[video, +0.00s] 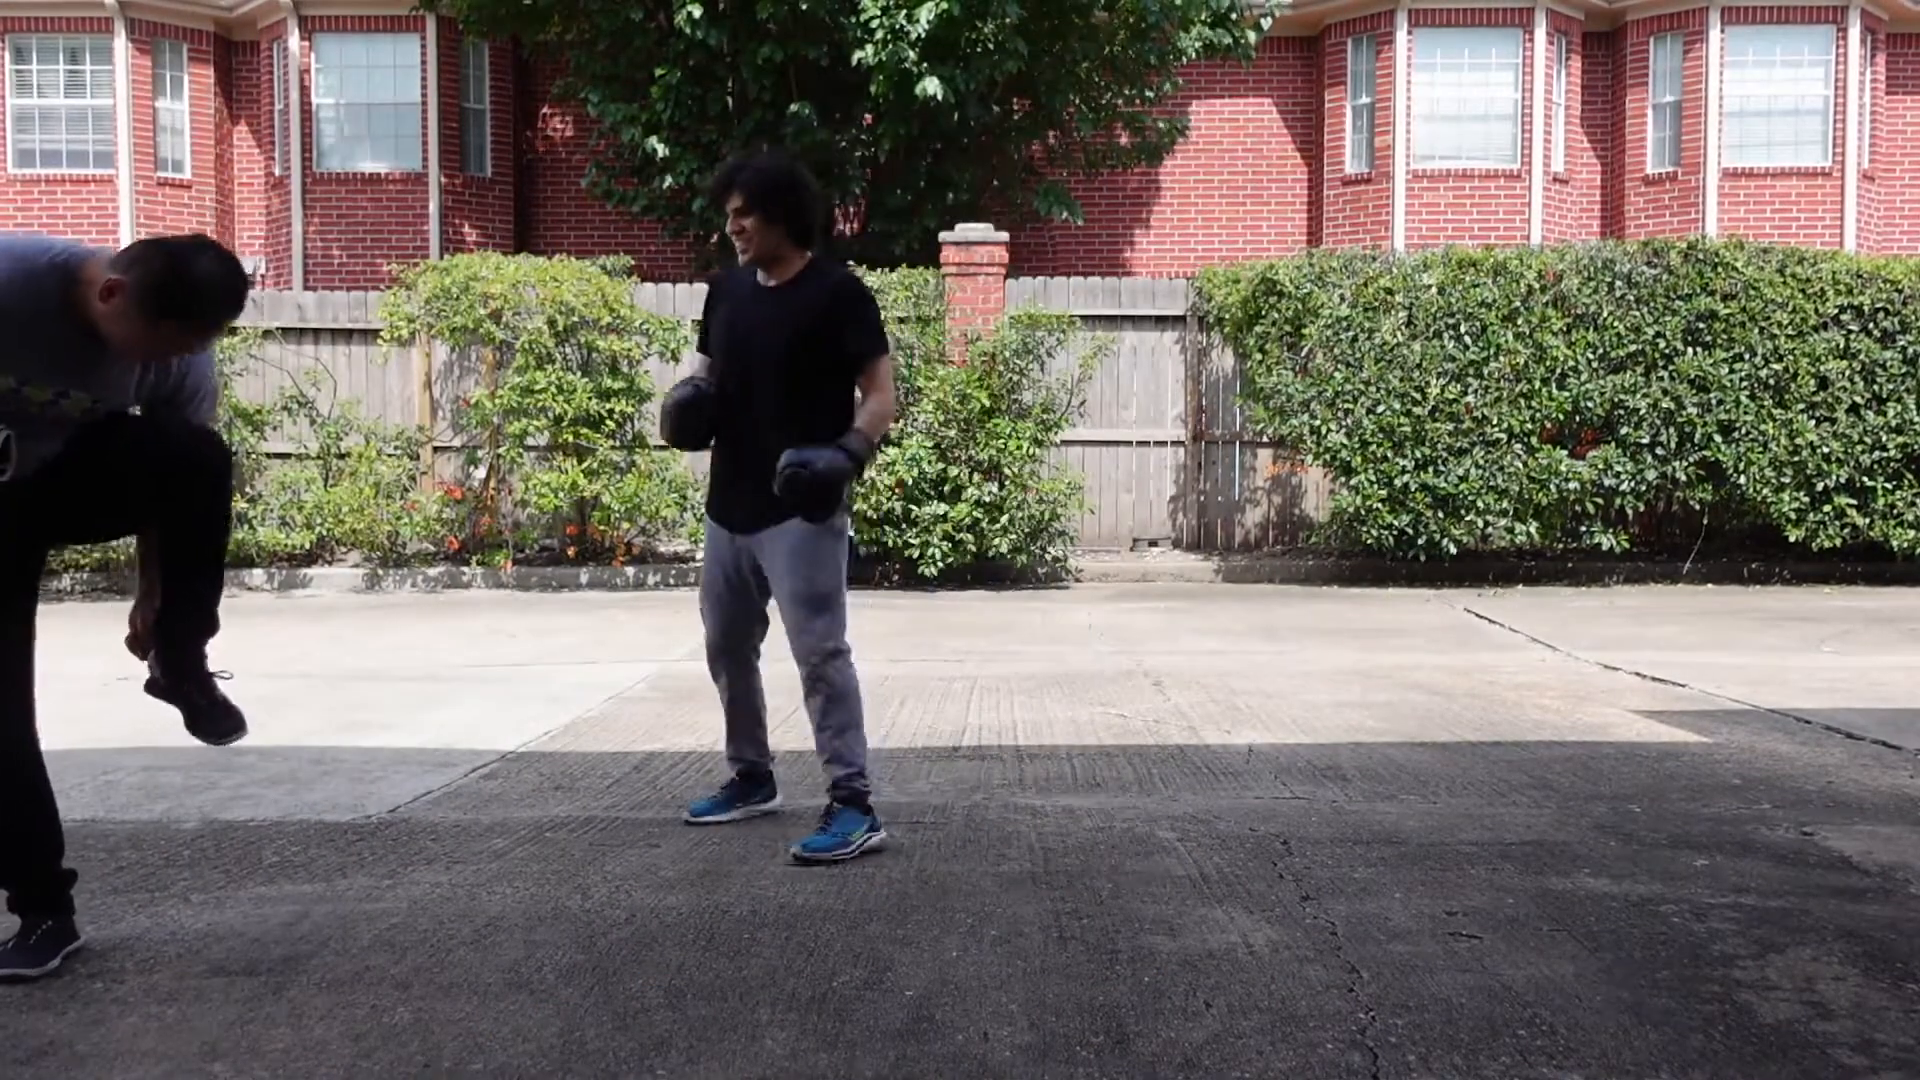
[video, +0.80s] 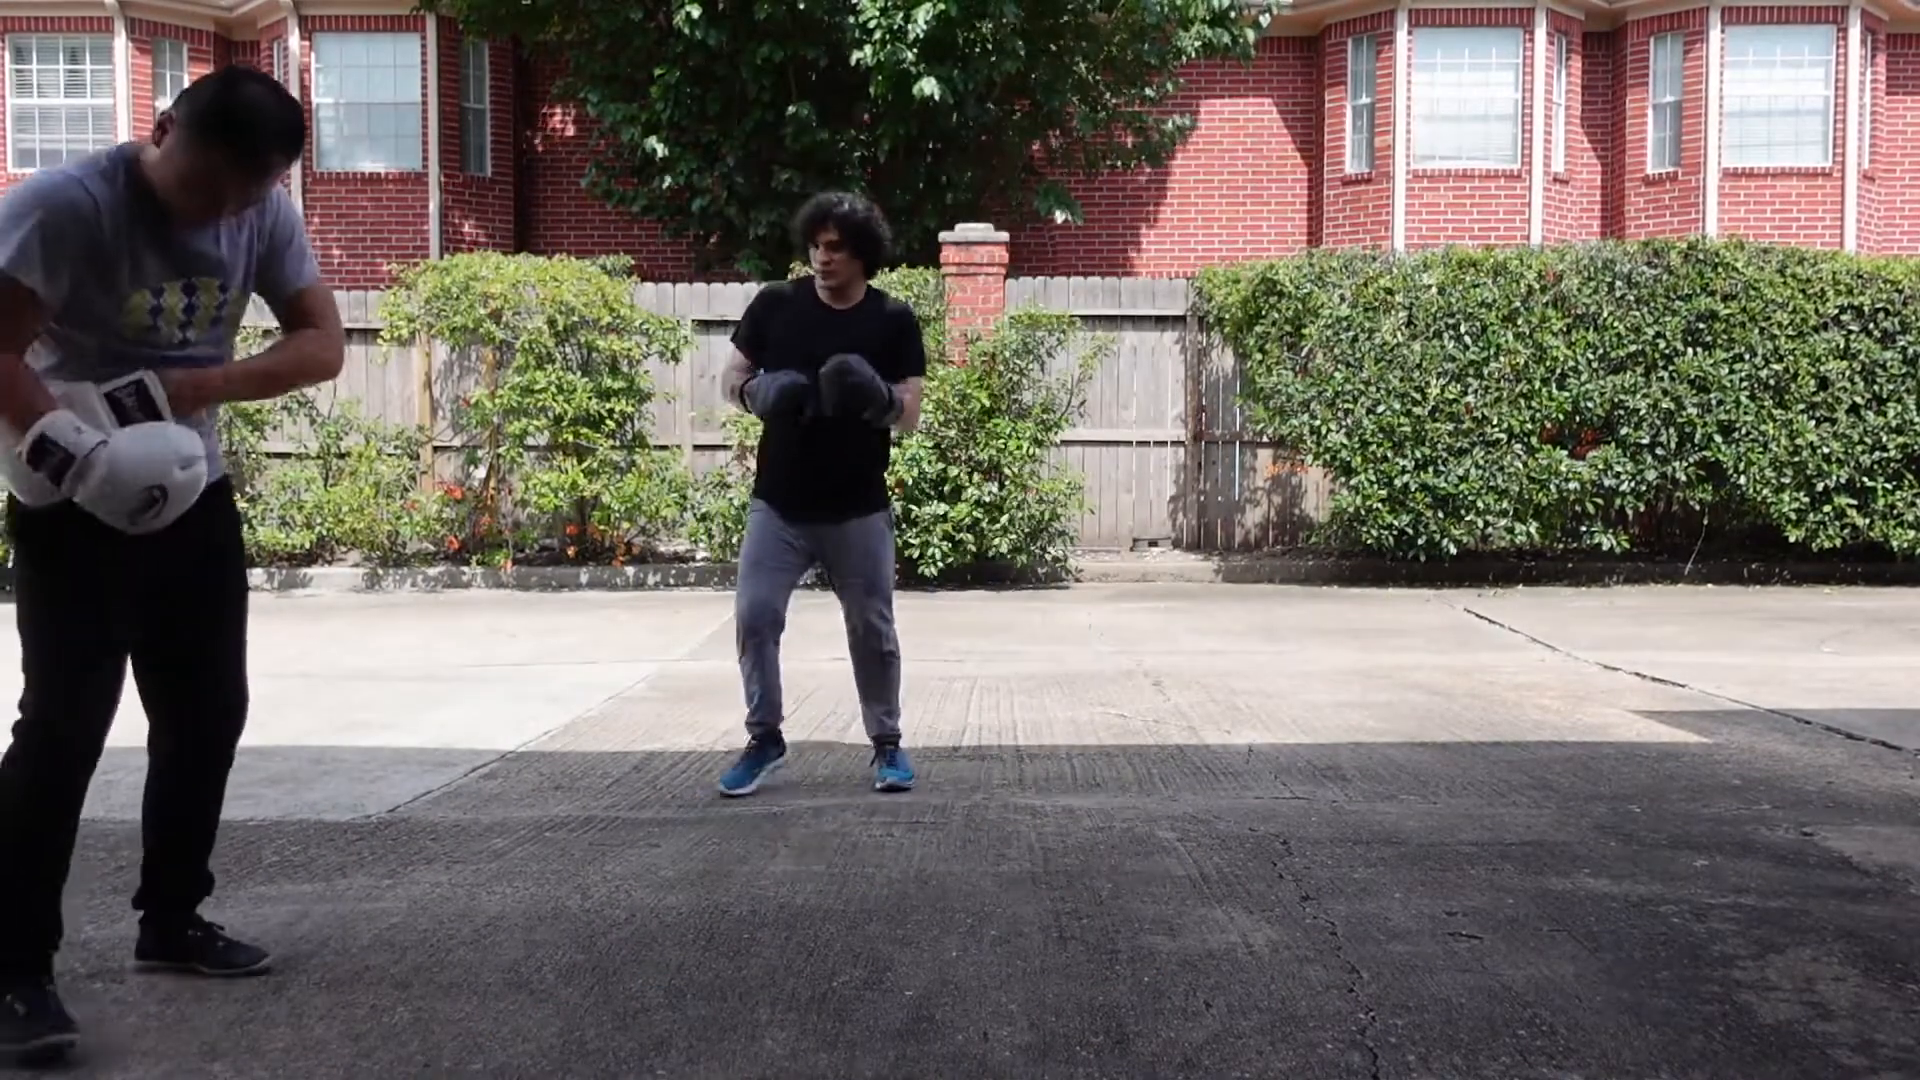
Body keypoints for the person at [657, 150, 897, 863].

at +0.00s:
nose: (734, 228)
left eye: (745, 216)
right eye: (730, 216)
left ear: (786, 215)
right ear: (735, 220)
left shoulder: (840, 292)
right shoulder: (728, 287)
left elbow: (881, 393)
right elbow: (705, 370)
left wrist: (848, 453)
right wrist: (689, 406)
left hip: (804, 507)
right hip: (730, 504)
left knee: (820, 655)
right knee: (728, 649)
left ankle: (851, 804)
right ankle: (751, 778)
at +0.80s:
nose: (825, 258)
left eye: (837, 248)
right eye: (817, 247)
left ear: (866, 253)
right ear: (807, 249)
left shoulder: (894, 321)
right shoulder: (775, 305)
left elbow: (909, 413)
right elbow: (733, 383)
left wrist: (876, 398)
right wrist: (760, 393)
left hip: (858, 510)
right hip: (778, 506)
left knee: (874, 633)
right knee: (753, 616)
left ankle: (887, 746)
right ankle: (764, 740)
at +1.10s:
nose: (854, 282)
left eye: (865, 273)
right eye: (845, 271)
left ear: (878, 281)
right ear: (822, 272)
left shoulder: (881, 333)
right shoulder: (785, 324)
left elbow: (897, 362)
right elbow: (766, 406)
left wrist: (841, 299)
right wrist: (780, 495)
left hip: (848, 516)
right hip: (774, 516)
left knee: (892, 612)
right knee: (751, 638)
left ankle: (870, 731)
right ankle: (749, 738)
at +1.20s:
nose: (855, 293)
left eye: (866, 285)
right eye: (846, 283)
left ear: (880, 292)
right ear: (824, 284)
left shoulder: (889, 341)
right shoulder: (793, 336)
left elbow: (885, 354)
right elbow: (805, 432)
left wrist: (821, 289)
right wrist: (845, 503)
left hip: (843, 526)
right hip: (772, 523)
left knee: (887, 631)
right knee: (738, 630)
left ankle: (873, 737)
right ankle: (733, 724)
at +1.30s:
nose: (852, 304)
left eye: (863, 297)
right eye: (844, 293)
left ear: (877, 305)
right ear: (821, 296)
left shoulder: (866, 358)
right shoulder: (803, 345)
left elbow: (896, 365)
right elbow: (848, 437)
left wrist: (831, 306)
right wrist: (893, 485)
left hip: (833, 538)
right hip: (767, 532)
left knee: (886, 632)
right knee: (726, 634)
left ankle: (872, 740)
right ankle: (661, 753)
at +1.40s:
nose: (826, 294)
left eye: (838, 286)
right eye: (815, 284)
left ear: (850, 298)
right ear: (794, 292)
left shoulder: (845, 350)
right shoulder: (788, 341)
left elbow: (913, 377)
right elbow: (867, 406)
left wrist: (894, 339)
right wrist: (900, 442)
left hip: (820, 544)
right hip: (750, 542)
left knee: (871, 639)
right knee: (698, 646)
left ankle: (871, 739)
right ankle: (621, 772)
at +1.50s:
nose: (773, 274)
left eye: (784, 266)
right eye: (763, 266)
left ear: (804, 276)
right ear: (746, 277)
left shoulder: (811, 341)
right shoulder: (742, 314)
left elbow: (843, 400)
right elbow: (818, 343)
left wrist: (864, 377)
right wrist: (863, 371)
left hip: (800, 541)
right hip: (722, 537)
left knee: (839, 643)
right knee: (674, 645)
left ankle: (862, 736)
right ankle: (607, 777)